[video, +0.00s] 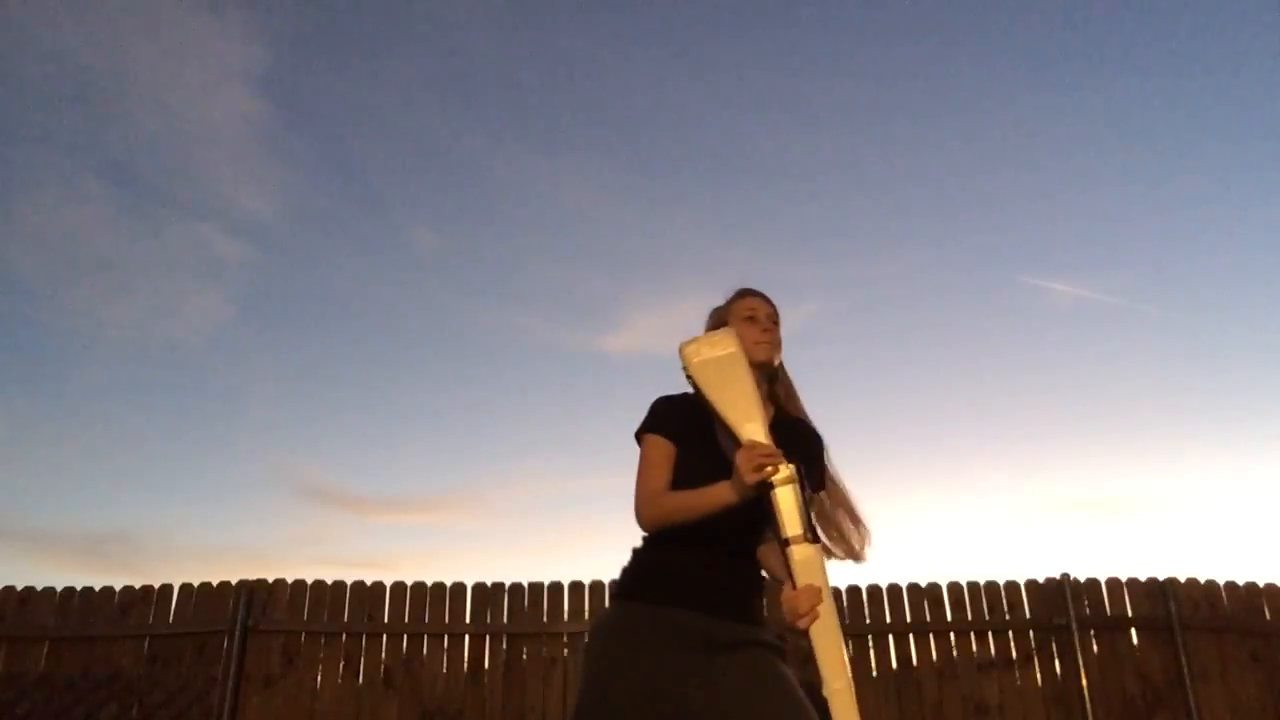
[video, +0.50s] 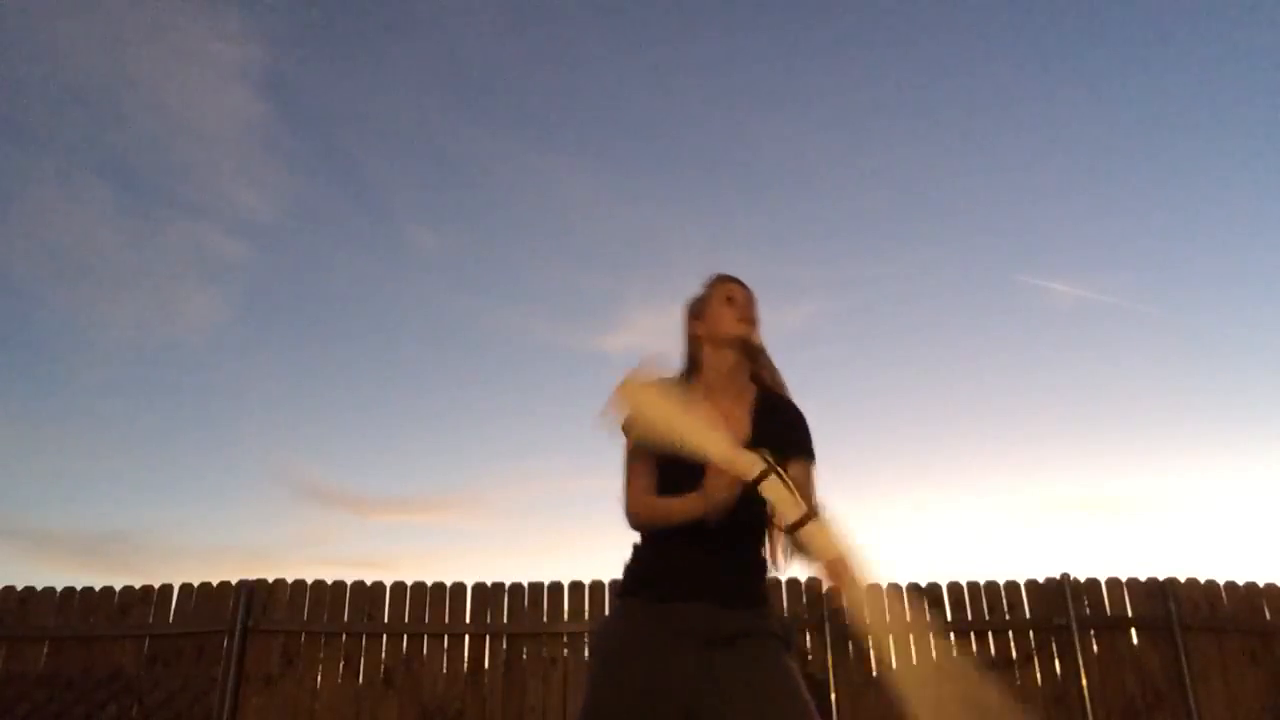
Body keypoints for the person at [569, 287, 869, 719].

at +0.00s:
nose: (766, 327)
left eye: (772, 321)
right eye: (749, 319)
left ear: (780, 340)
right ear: (718, 335)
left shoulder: (798, 438)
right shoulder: (674, 413)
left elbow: (770, 534)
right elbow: (650, 511)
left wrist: (789, 586)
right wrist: (734, 487)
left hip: (738, 631)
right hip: (647, 620)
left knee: (795, 713)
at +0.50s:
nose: (741, 310)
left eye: (747, 307)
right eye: (727, 300)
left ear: (754, 331)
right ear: (696, 323)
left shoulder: (780, 415)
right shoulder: (657, 406)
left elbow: (800, 513)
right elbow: (638, 508)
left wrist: (830, 559)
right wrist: (704, 500)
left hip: (742, 613)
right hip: (652, 610)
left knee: (789, 710)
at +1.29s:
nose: (543, 308)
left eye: (554, 302)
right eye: (530, 305)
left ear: (575, 330)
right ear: (515, 338)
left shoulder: (603, 387)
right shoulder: (500, 421)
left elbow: (679, 473)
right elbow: (405, 447)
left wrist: (638, 557)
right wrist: (429, 353)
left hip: (589, 585)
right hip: (520, 590)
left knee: (572, 705)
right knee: (515, 702)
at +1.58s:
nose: (443, 349)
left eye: (453, 334)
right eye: (437, 344)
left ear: (491, 334)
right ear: (441, 358)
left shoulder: (534, 384)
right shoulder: (447, 447)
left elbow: (611, 464)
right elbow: (388, 526)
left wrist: (561, 534)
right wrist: (316, 458)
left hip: (531, 594)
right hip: (475, 601)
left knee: (440, 705)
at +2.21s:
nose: (357, 371)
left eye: (364, 355)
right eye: (352, 365)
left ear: (403, 342)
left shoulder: (468, 379)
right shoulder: (390, 462)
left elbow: (560, 442)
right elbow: (404, 548)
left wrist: (522, 531)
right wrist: (371, 592)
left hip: (500, 592)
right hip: (443, 608)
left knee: (398, 710)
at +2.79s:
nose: (464, 345)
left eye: (475, 331)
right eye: (453, 339)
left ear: (505, 336)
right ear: (448, 356)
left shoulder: (569, 398)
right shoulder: (452, 442)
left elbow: (630, 485)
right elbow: (455, 523)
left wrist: (612, 492)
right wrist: (439, 546)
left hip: (567, 579)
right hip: (497, 588)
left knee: (532, 699)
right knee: (492, 702)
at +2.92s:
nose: (507, 331)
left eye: (520, 322)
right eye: (493, 327)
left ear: (542, 334)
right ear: (481, 346)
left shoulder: (590, 402)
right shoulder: (469, 432)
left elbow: (626, 503)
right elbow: (482, 533)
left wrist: (629, 495)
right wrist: (479, 533)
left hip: (588, 583)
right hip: (513, 587)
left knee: (568, 700)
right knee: (506, 702)